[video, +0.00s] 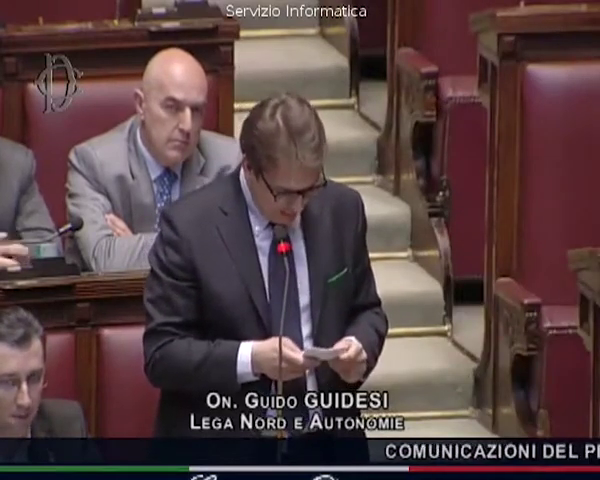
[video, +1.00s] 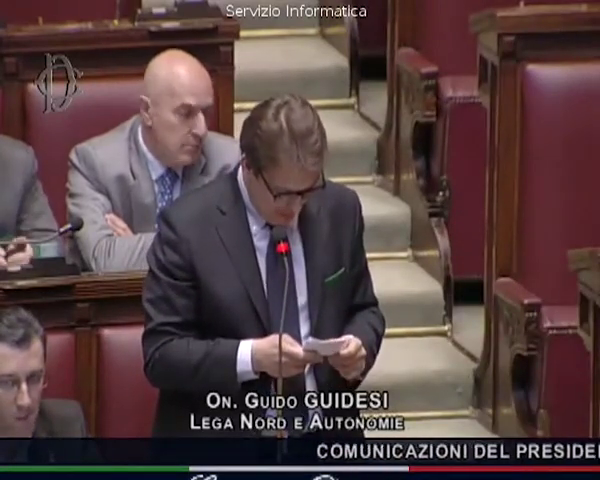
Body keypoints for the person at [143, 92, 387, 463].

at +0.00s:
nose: (297, 207)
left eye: (309, 191)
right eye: (284, 193)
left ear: (320, 167)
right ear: (248, 169)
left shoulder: (342, 208)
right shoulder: (187, 223)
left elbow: (369, 312)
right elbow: (162, 354)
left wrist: (360, 345)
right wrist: (250, 359)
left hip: (325, 442)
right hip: (221, 446)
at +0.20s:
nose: (296, 208)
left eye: (308, 192)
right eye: (283, 193)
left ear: (319, 168)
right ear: (247, 168)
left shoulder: (342, 208)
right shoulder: (187, 223)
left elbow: (368, 311)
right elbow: (162, 354)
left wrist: (360, 345)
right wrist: (250, 358)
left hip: (324, 441)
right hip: (221, 445)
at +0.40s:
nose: (296, 207)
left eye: (308, 191)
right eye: (283, 193)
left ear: (319, 168)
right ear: (247, 168)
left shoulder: (341, 208)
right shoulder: (186, 223)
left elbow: (368, 311)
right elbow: (161, 355)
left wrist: (359, 345)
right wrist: (250, 357)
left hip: (323, 441)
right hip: (220, 445)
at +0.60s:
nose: (296, 207)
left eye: (308, 191)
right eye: (284, 193)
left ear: (319, 168)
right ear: (247, 168)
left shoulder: (340, 208)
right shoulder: (186, 224)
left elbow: (366, 309)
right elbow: (161, 355)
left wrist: (359, 346)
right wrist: (250, 356)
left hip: (322, 444)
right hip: (219, 447)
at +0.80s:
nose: (296, 207)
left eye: (308, 191)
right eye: (283, 193)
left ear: (320, 168)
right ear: (247, 167)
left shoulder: (340, 207)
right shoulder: (186, 224)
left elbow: (366, 310)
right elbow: (161, 355)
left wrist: (358, 345)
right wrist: (250, 356)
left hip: (323, 441)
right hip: (219, 444)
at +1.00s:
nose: (295, 208)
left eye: (308, 192)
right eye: (283, 194)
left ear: (320, 170)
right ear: (247, 169)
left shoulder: (340, 208)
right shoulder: (186, 223)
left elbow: (365, 309)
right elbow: (161, 355)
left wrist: (358, 345)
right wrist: (250, 357)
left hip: (323, 440)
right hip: (220, 439)